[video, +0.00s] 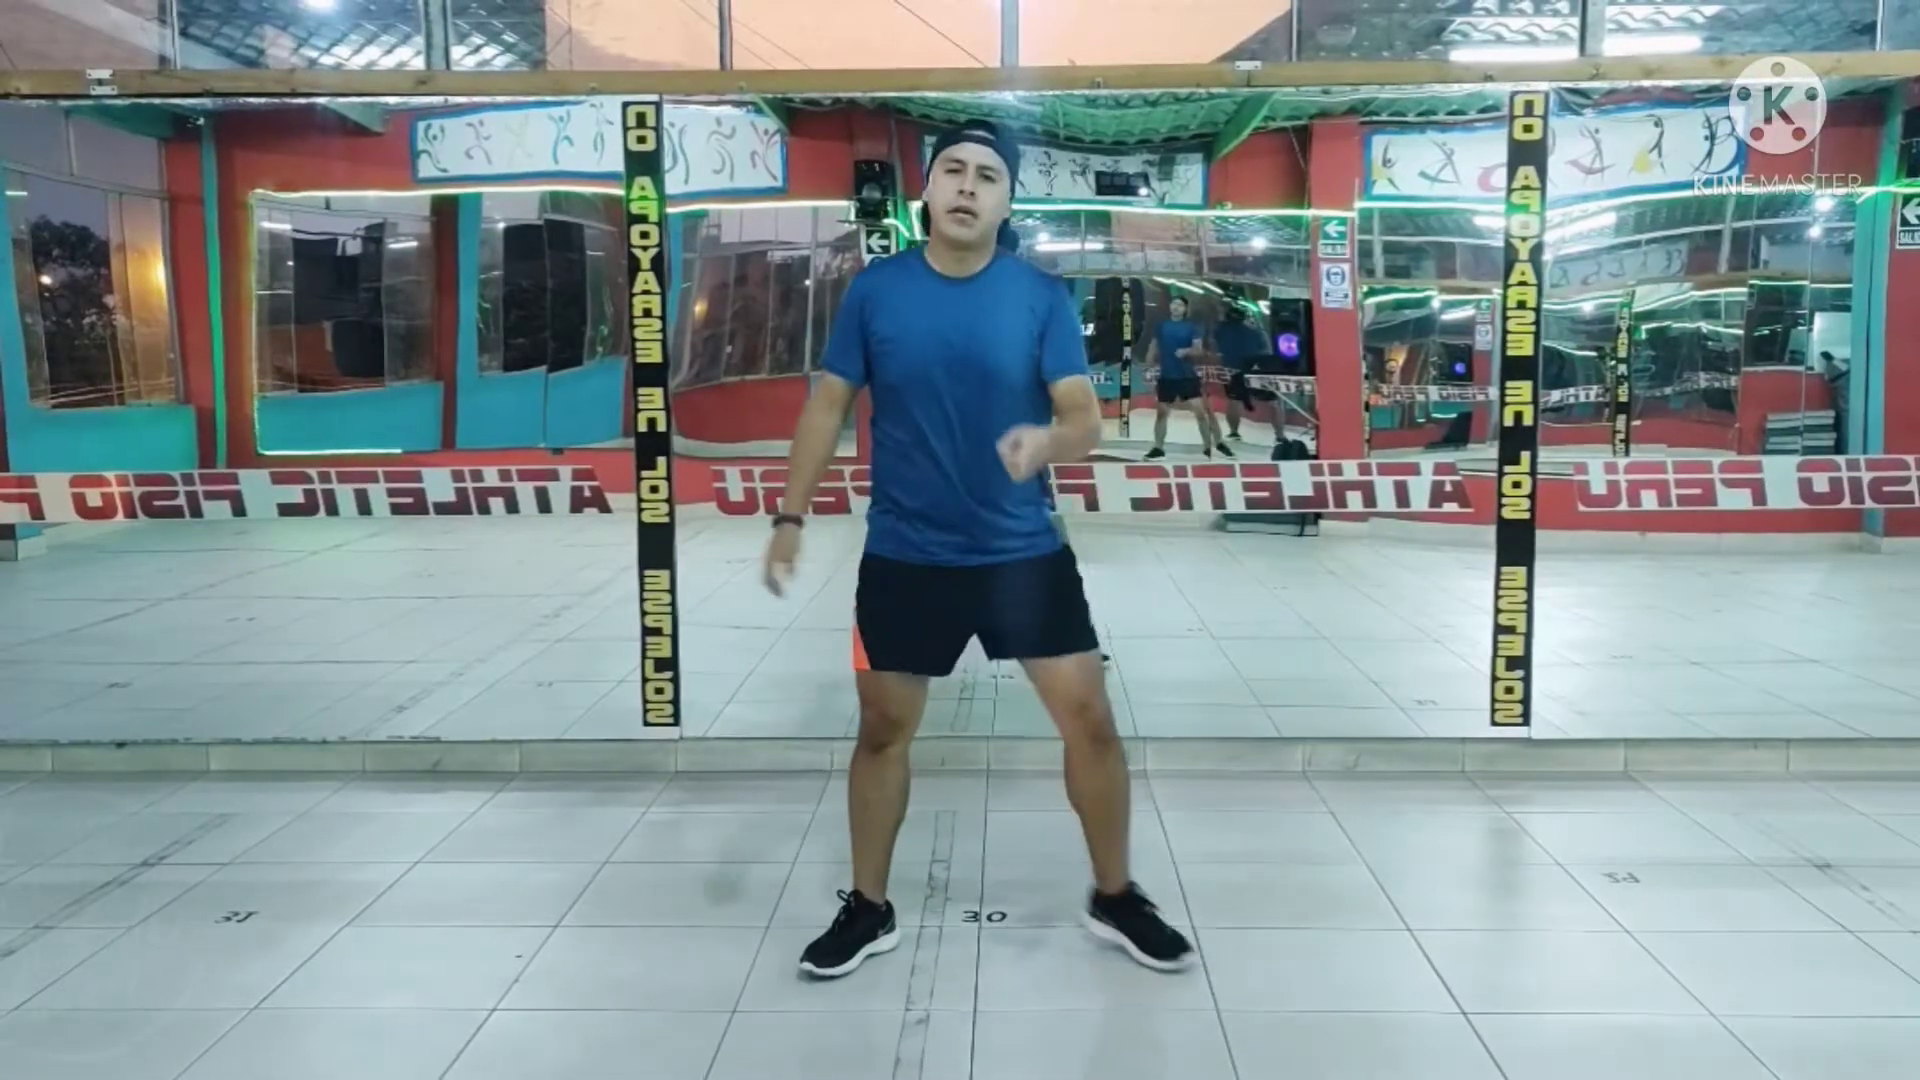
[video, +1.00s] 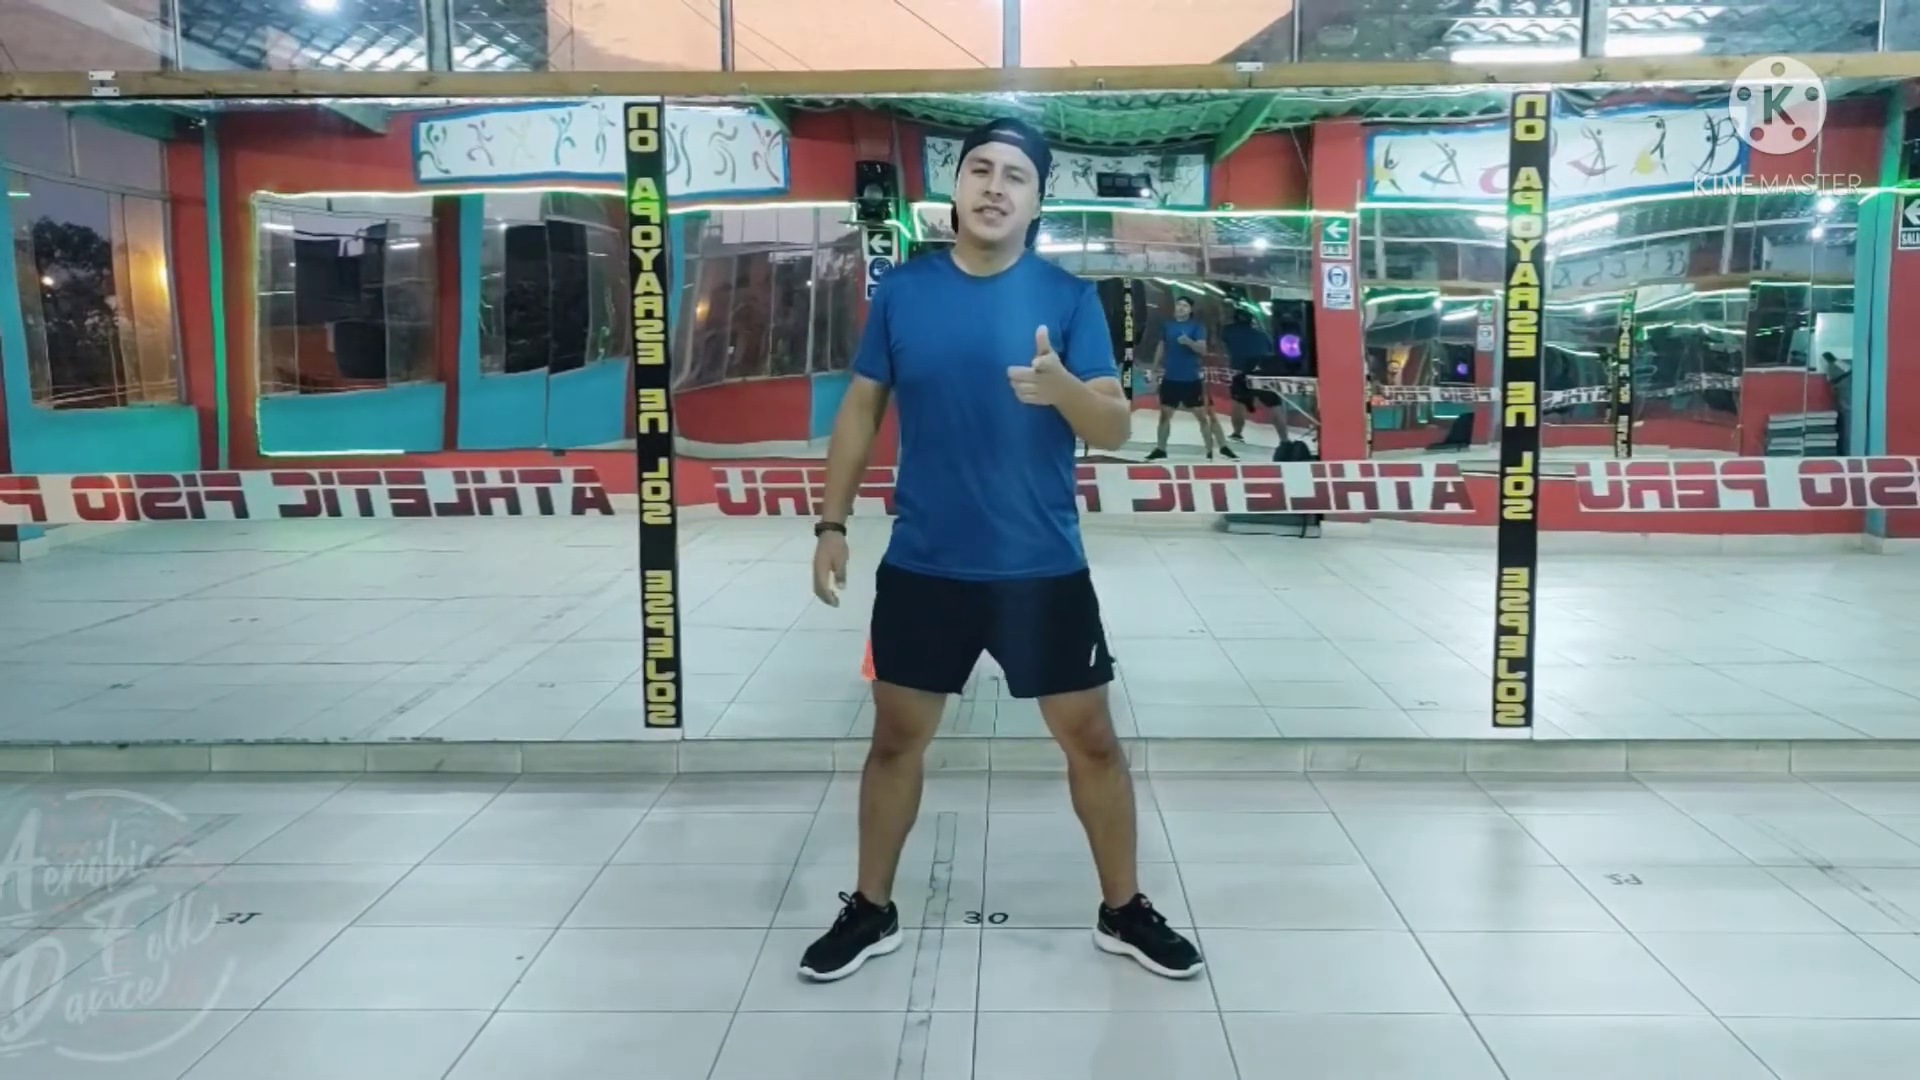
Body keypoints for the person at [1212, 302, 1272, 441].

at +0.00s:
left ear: (1227, 315)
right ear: (1245, 315)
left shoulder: (1221, 330)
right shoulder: (1255, 332)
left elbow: (1216, 350)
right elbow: (1265, 354)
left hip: (1232, 368)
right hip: (1257, 369)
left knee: (1233, 400)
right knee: (1274, 401)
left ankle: (1234, 431)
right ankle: (1280, 436)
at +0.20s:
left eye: (1232, 315)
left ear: (1231, 316)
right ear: (1248, 318)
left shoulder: (1227, 330)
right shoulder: (1257, 333)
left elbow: (1218, 346)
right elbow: (1266, 355)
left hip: (1238, 368)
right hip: (1261, 368)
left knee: (1236, 399)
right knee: (1273, 403)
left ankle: (1235, 432)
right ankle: (1283, 439)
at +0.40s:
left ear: (1235, 318)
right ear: (1251, 320)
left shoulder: (1229, 331)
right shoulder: (1261, 334)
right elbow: (1270, 355)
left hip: (1240, 367)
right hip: (1264, 368)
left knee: (1237, 399)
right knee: (1274, 404)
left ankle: (1236, 432)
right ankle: (1284, 439)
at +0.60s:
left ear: (1235, 318)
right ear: (1251, 320)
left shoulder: (1229, 331)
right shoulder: (1261, 334)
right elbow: (1270, 354)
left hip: (1241, 367)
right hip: (1265, 367)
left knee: (1238, 400)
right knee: (1274, 404)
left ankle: (1236, 432)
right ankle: (1284, 439)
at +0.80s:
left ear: (1235, 319)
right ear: (1251, 320)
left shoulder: (1229, 332)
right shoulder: (1261, 334)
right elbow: (1270, 353)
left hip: (1240, 368)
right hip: (1264, 369)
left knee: (1238, 401)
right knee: (1274, 405)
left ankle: (1236, 433)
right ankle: (1284, 439)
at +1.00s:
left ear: (1235, 319)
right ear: (1251, 320)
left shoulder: (1229, 332)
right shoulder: (1260, 334)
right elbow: (1271, 351)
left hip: (1241, 367)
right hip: (1264, 368)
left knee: (1239, 401)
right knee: (1274, 405)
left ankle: (1237, 433)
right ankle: (1284, 440)